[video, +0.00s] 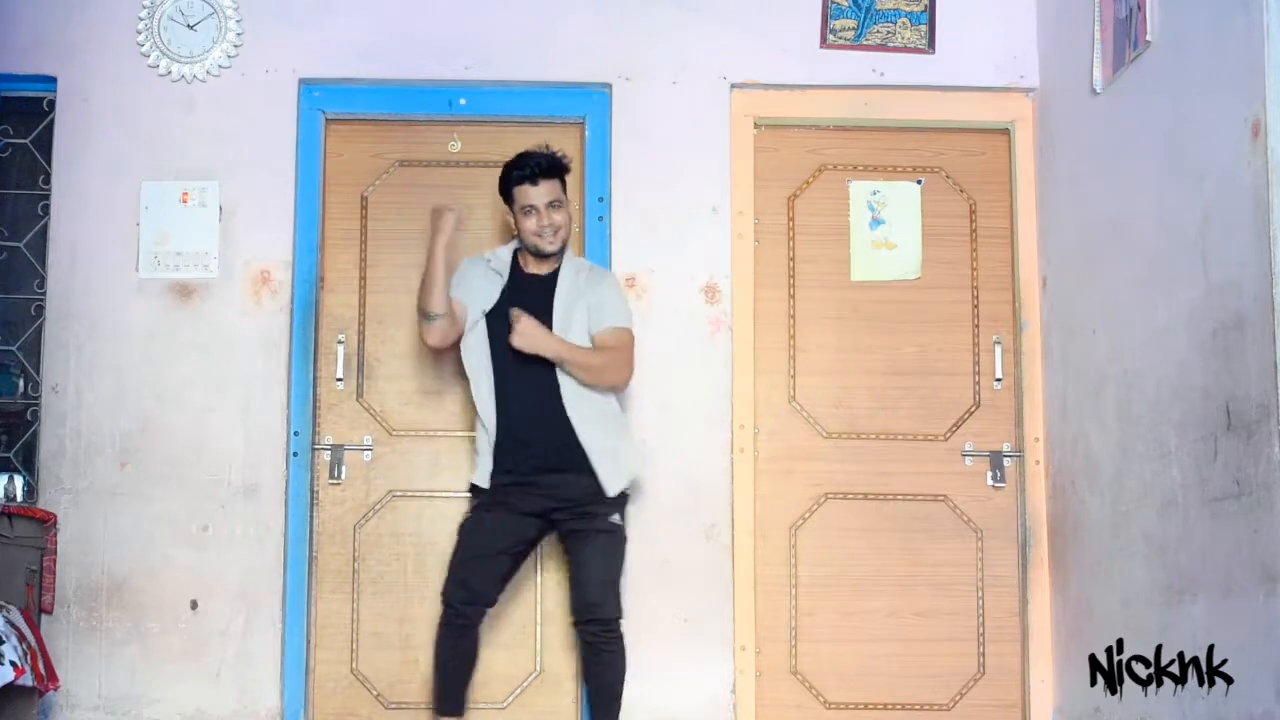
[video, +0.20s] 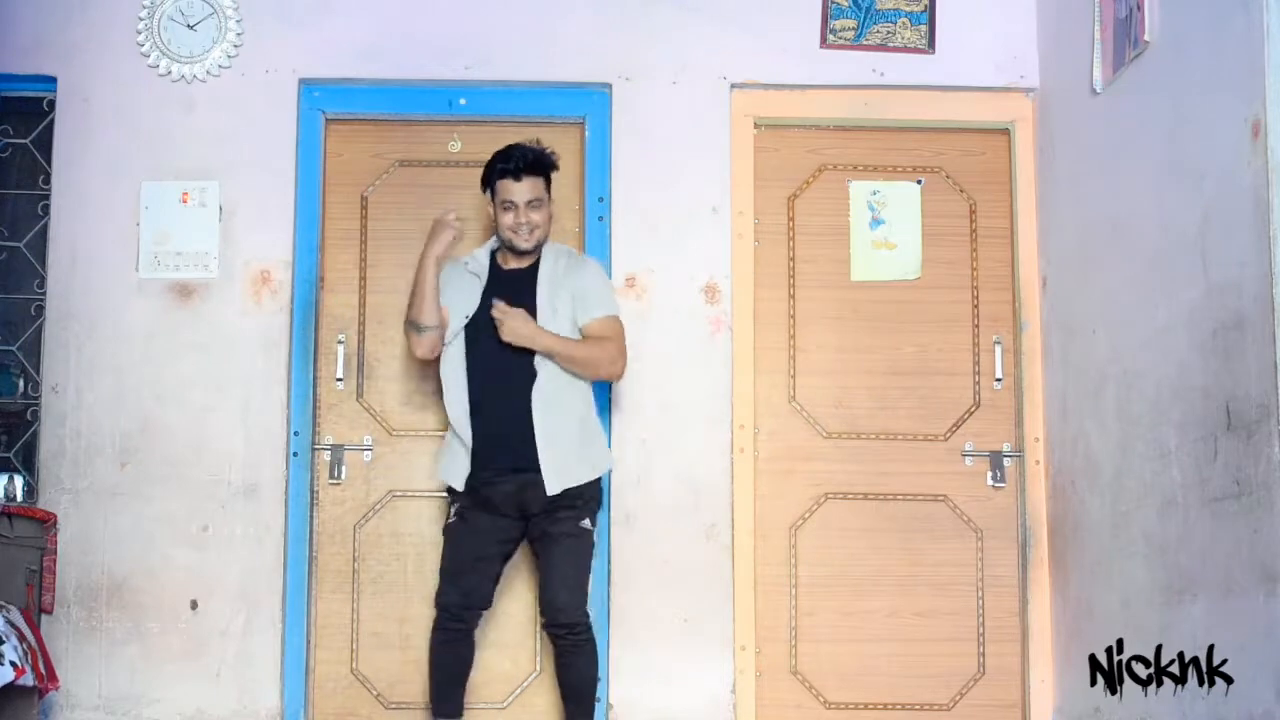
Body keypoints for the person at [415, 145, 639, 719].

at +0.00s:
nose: (546, 221)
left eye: (555, 206)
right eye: (530, 210)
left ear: (570, 207)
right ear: (511, 214)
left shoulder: (598, 283)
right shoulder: (479, 275)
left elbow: (618, 370)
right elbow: (436, 334)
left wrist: (549, 344)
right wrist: (441, 246)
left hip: (592, 486)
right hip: (510, 485)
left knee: (599, 621)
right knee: (461, 605)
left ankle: (605, 718)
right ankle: (447, 715)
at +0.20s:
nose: (522, 218)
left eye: (534, 204)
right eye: (509, 206)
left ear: (551, 206)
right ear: (492, 208)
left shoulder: (580, 273)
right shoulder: (461, 274)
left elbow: (612, 360)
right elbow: (424, 346)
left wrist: (537, 337)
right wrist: (431, 258)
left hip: (566, 484)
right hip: (484, 485)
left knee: (566, 619)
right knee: (454, 616)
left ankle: (581, 717)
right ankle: (444, 717)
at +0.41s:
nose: (502, 255)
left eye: (516, 242)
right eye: (491, 241)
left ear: (539, 237)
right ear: (478, 234)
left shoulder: (564, 308)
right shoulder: (448, 293)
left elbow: (584, 400)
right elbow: (406, 358)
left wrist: (524, 340)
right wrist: (421, 271)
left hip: (556, 499)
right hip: (475, 499)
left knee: (566, 631)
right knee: (437, 600)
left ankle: (578, 719)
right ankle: (485, 708)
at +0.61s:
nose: (465, 229)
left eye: (481, 218)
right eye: (457, 214)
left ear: (506, 215)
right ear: (445, 207)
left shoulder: (531, 274)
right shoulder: (405, 273)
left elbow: (522, 363)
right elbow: (340, 330)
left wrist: (440, 377)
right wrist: (319, 249)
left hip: (493, 489)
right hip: (408, 487)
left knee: (519, 620)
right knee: (381, 618)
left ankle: (539, 717)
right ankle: (345, 717)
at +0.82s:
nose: (425, 226)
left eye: (442, 217)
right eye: (418, 211)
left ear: (463, 223)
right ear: (404, 210)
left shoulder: (488, 274)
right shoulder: (359, 293)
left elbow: (545, 343)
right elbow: (321, 385)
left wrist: (497, 362)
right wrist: (356, 372)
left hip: (449, 487)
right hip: (367, 486)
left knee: (450, 597)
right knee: (359, 621)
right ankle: (336, 718)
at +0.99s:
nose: (415, 234)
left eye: (430, 224)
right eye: (405, 219)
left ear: (447, 230)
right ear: (389, 219)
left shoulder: (466, 273)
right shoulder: (353, 307)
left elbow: (522, 339)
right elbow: (353, 402)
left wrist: (518, 262)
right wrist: (425, 351)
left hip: (442, 489)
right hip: (363, 492)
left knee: (469, 587)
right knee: (360, 629)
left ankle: (382, 650)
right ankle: (334, 718)